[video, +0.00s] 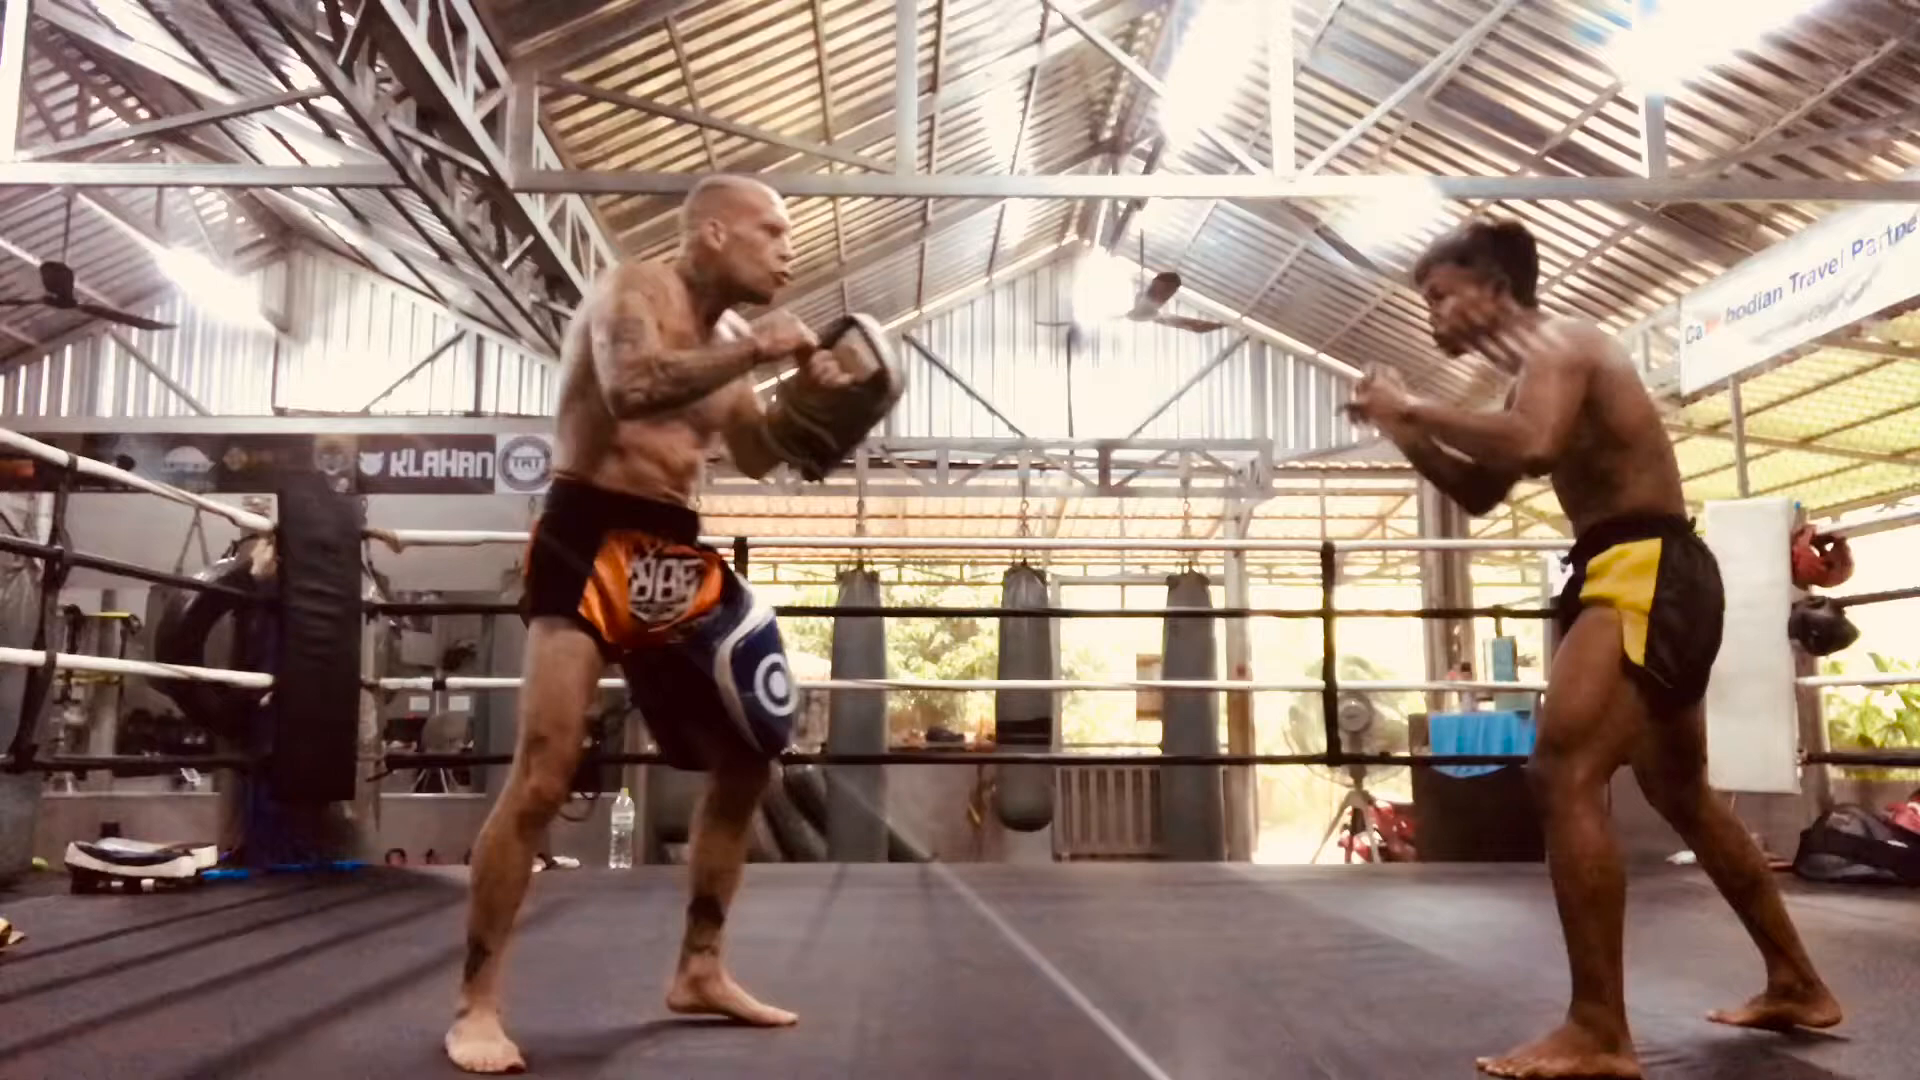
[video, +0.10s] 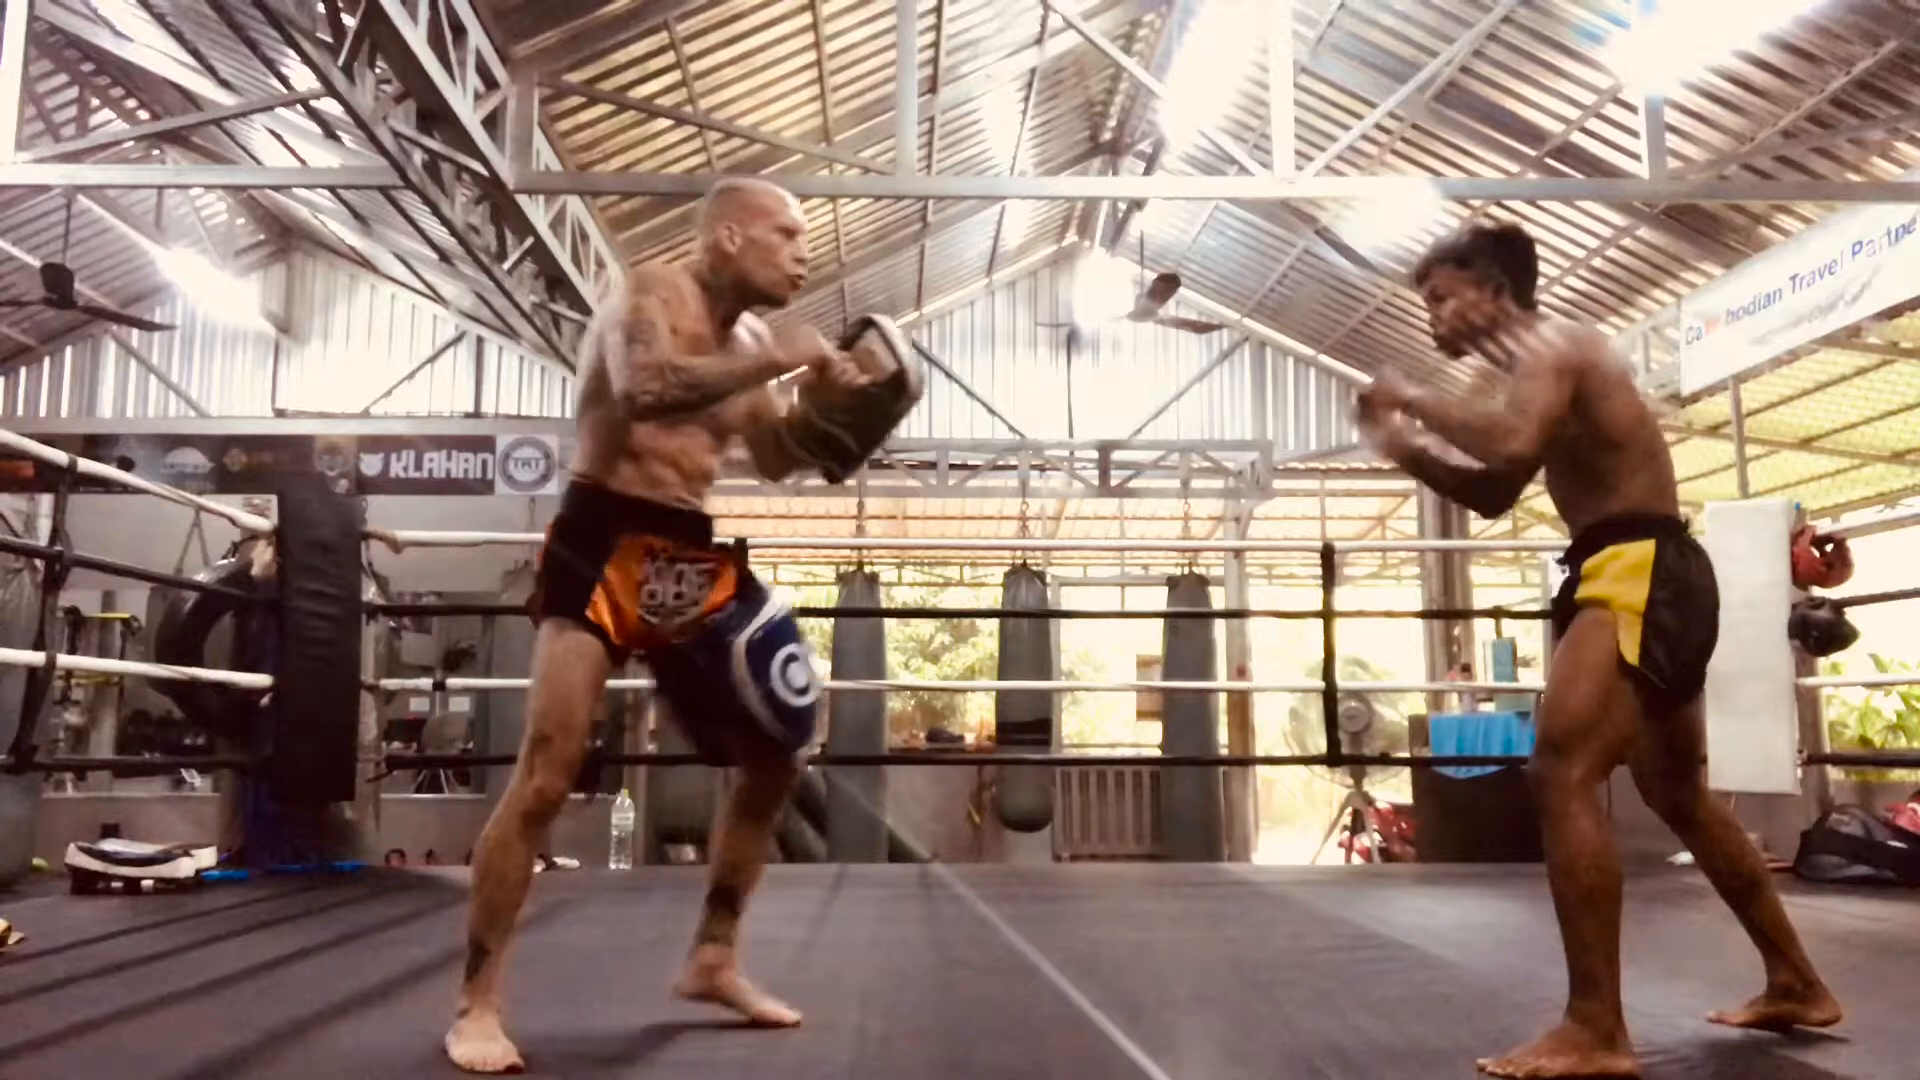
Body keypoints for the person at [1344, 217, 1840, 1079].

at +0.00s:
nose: (1429, 315)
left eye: (1438, 296)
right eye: (1427, 299)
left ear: (1489, 287)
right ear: (1492, 296)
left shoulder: (1559, 342)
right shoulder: (1541, 368)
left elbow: (1532, 440)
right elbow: (1476, 495)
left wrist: (1408, 411)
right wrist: (1404, 434)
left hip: (1637, 567)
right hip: (1662, 568)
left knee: (1567, 774)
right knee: (1683, 793)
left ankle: (1597, 1029)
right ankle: (1798, 985)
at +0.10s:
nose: (1428, 318)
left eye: (1437, 297)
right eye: (1426, 301)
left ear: (1489, 289)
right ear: (1494, 298)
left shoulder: (1551, 343)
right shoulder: (1550, 362)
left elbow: (1513, 439)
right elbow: (1494, 496)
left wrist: (1405, 398)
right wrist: (1403, 447)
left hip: (1631, 569)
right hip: (1665, 567)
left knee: (1564, 775)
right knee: (1681, 793)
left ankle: (1595, 1027)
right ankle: (1797, 984)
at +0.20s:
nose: (1427, 314)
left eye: (1435, 295)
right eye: (1424, 300)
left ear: (1486, 285)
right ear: (1483, 293)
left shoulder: (1538, 335)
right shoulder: (1518, 361)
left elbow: (1473, 422)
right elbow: (1476, 481)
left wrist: (1395, 367)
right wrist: (1364, 474)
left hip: (1623, 564)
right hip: (1643, 566)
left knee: (1536, 757)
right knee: (1674, 790)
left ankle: (1571, 1014)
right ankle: (1793, 978)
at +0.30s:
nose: (1421, 305)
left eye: (1432, 286)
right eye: (1419, 290)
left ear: (1482, 283)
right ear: (1489, 290)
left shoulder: (1531, 354)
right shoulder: (1521, 361)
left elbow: (1533, 446)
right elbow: (1451, 425)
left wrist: (1465, 472)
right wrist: (1396, 446)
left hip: (1588, 574)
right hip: (1608, 574)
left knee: (1469, 747)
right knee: (1671, 791)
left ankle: (1523, 977)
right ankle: (1790, 988)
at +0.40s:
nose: (1424, 281)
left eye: (1437, 265)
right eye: (1426, 267)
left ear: (1488, 272)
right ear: (1485, 277)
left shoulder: (1541, 350)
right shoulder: (1469, 366)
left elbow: (1658, 426)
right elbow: (1375, 387)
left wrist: (1698, 530)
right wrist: (1429, 313)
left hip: (1514, 587)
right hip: (1483, 587)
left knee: (1432, 794)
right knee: (1528, 797)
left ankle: (1529, 1000)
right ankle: (1692, 962)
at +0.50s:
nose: (1434, 266)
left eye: (1447, 250)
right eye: (1437, 251)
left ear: (1496, 256)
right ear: (1489, 260)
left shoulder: (1574, 334)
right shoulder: (1452, 351)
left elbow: (1709, 381)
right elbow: (1355, 384)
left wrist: (1802, 457)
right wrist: (1317, 322)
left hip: (1474, 572)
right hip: (1430, 568)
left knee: (1447, 797)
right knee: (1320, 678)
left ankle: (1532, 999)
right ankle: (1404, 801)